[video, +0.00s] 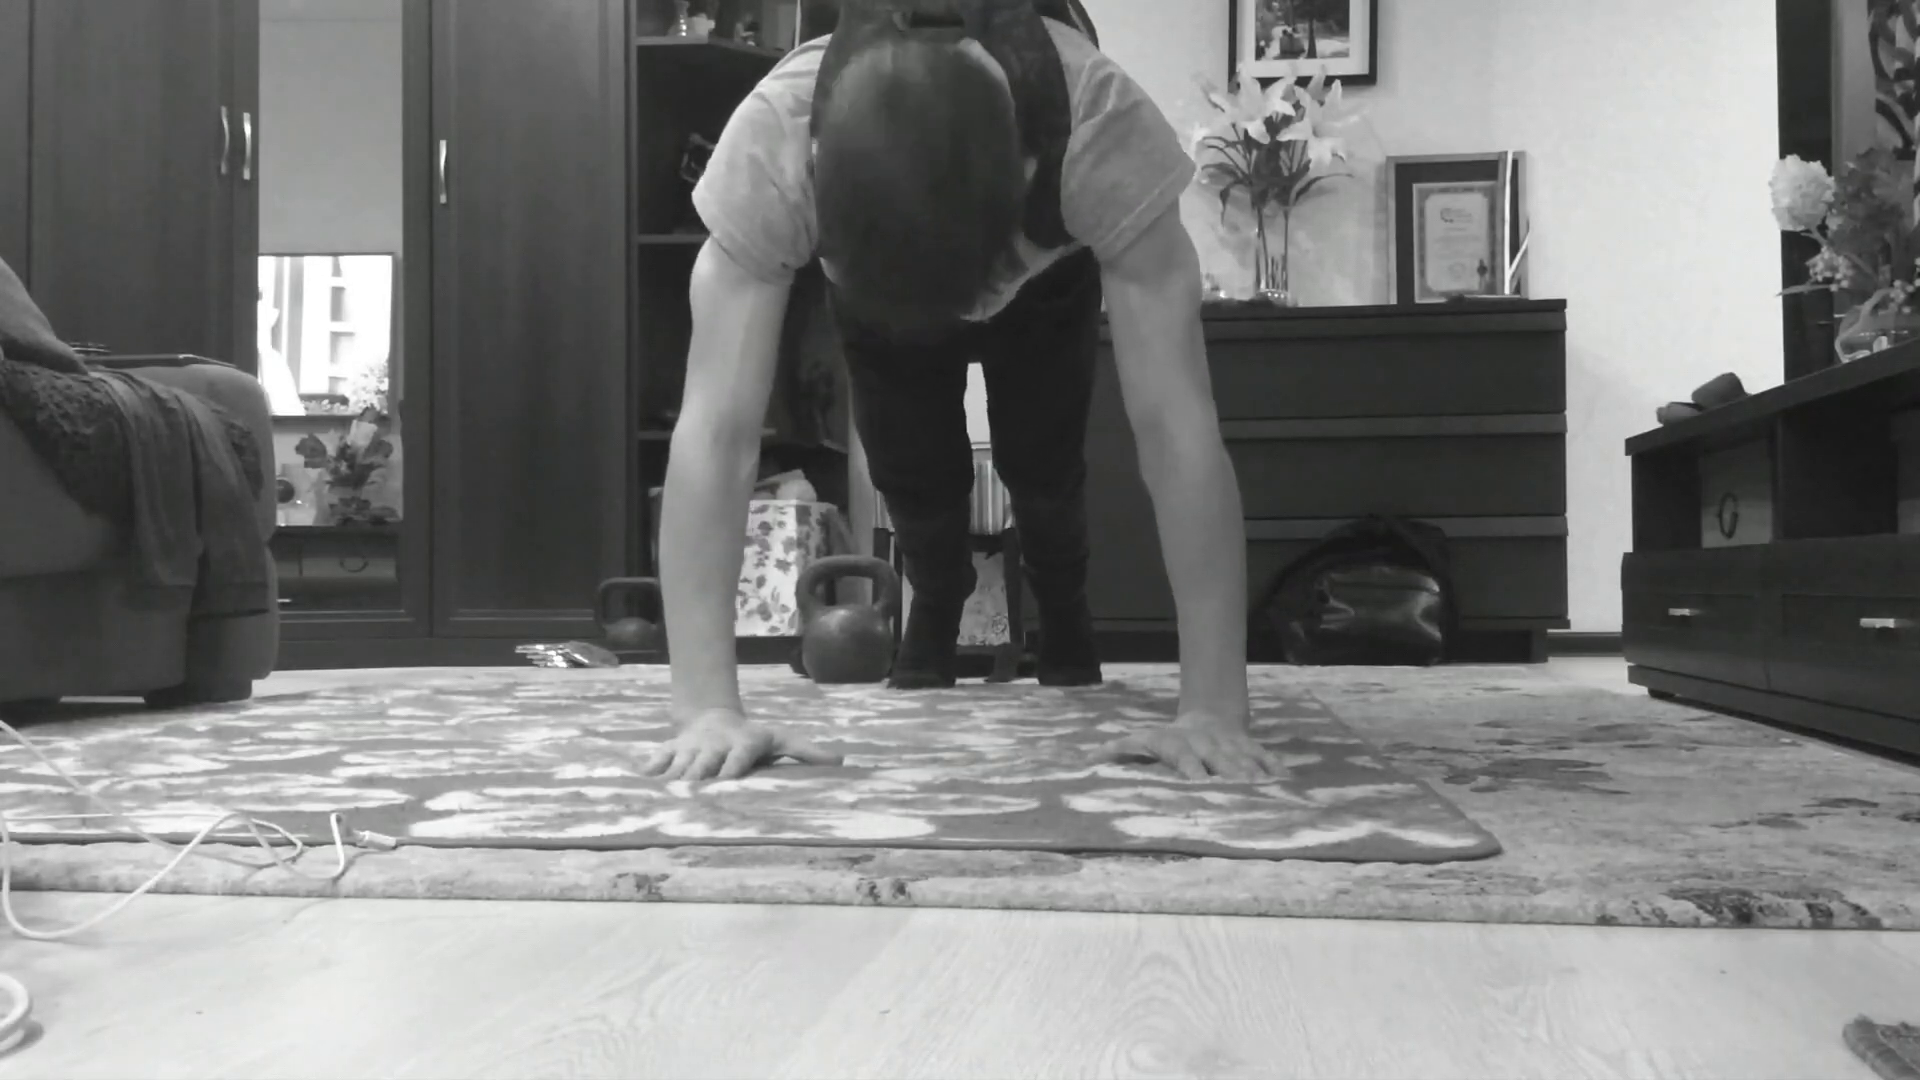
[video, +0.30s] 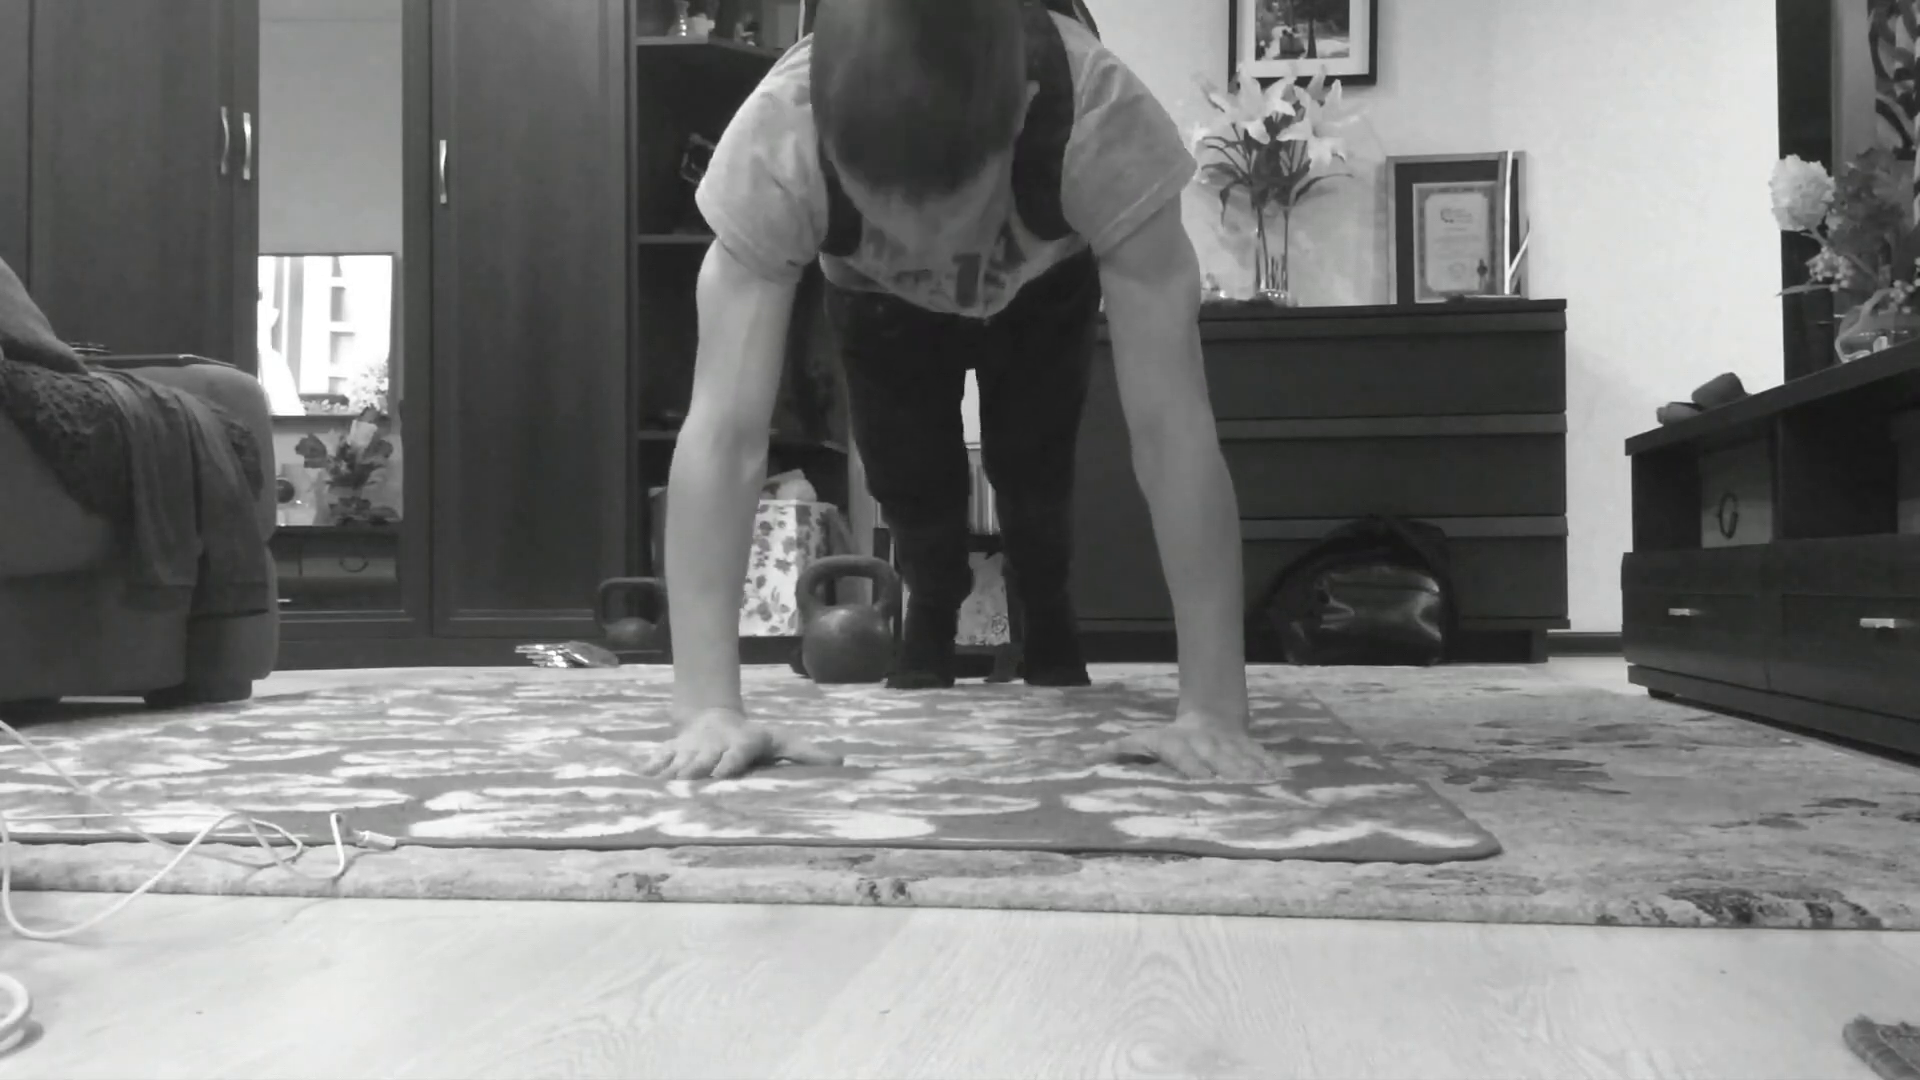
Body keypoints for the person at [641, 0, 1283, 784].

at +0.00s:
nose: (934, 326)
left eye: (965, 288)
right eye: (894, 309)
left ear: (1025, 176)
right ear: (821, 176)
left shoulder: (1115, 146)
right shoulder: (767, 156)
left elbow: (1181, 432)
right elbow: (713, 433)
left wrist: (1214, 712)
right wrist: (708, 709)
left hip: (1045, 261)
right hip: (869, 274)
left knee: (1042, 471)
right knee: (910, 477)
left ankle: (1060, 623)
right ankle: (933, 601)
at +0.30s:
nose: (932, 246)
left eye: (957, 208)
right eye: (893, 215)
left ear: (1021, 122)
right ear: (834, 145)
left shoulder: (1113, 144)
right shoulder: (775, 156)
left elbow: (1176, 436)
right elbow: (721, 436)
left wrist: (1216, 714)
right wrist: (707, 709)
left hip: (1044, 273)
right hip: (874, 282)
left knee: (1034, 485)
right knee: (908, 488)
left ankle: (1043, 645)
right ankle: (929, 608)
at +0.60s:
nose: (916, 166)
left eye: (956, 125)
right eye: (879, 123)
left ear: (1023, 74)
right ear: (840, 81)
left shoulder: (1114, 136)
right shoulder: (784, 147)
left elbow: (1176, 436)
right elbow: (723, 434)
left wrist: (1214, 711)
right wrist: (709, 710)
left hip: (1046, 313)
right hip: (883, 317)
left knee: (1043, 500)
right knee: (898, 507)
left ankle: (1060, 668)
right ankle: (907, 620)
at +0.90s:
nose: (912, 141)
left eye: (952, 96)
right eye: (872, 95)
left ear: (1022, 49)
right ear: (832, 57)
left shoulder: (1106, 132)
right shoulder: (782, 142)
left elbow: (1173, 436)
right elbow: (723, 432)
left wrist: (1214, 710)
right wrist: (710, 710)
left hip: (1045, 324)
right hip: (883, 331)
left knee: (1050, 515)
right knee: (905, 525)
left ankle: (1069, 692)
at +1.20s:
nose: (912, 132)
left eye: (952, 87)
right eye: (874, 87)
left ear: (1022, 42)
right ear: (834, 51)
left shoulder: (1108, 132)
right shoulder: (780, 137)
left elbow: (1175, 439)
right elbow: (722, 432)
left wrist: (1214, 710)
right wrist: (709, 711)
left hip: (1045, 332)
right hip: (880, 340)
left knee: (1045, 525)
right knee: (900, 531)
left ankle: (1066, 697)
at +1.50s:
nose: (914, 135)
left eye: (954, 93)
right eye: (875, 92)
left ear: (1021, 44)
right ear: (834, 51)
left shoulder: (1106, 130)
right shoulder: (781, 136)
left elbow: (1174, 434)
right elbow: (721, 431)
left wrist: (1214, 710)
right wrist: (708, 709)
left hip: (1044, 343)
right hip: (879, 349)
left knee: (1046, 528)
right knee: (902, 530)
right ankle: (918, 601)